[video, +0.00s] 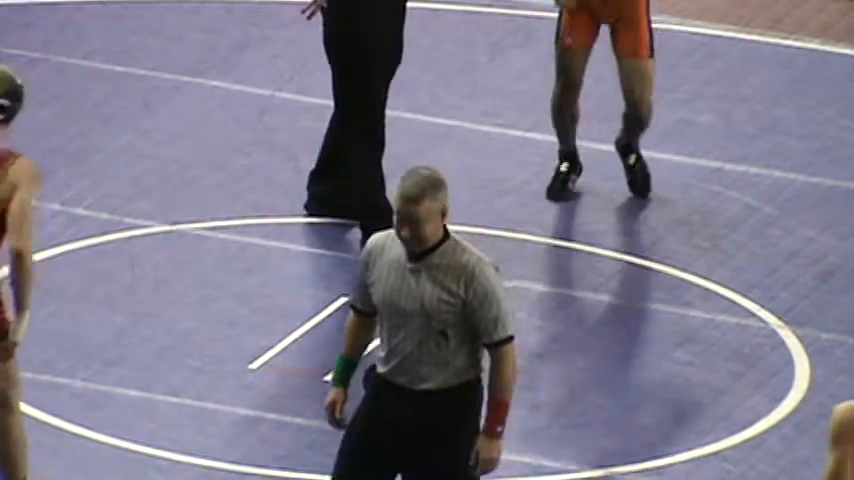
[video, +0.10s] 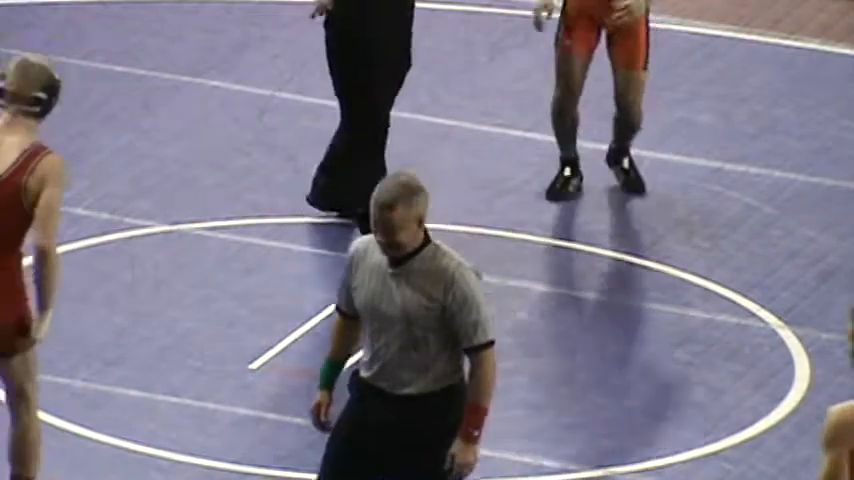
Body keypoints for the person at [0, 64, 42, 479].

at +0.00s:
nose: (7, 113)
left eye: (4, 105)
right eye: (11, 107)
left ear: (4, 112)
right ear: (10, 113)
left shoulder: (19, 171)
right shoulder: (18, 171)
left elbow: (18, 246)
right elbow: (18, 246)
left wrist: (20, 311)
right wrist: (21, 309)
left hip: (3, 308)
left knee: (10, 407)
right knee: (8, 407)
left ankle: (17, 470)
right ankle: (15, 472)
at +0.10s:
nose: (2, 91)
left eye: (6, 86)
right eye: (6, 85)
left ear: (8, 93)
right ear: (47, 104)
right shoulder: (45, 164)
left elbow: (44, 246)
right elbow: (43, 245)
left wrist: (44, 309)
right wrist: (46, 309)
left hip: (9, 294)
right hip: (7, 296)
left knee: (23, 405)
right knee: (23, 406)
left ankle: (25, 471)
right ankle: (24, 474)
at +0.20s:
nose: (31, 79)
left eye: (32, 73)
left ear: (30, 78)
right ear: (76, 91)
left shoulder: (5, 121)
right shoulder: (70, 151)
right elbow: (64, 226)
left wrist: (59, 289)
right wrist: (64, 291)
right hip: (20, 281)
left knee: (29, 398)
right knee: (30, 399)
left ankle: (28, 470)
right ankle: (27, 474)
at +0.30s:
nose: (52, 68)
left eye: (51, 61)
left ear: (50, 66)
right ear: (96, 80)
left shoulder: (9, 112)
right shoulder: (90, 138)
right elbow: (82, 214)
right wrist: (75, 281)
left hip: (0, 264)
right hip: (36, 273)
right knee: (37, 394)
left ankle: (30, 469)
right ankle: (30, 473)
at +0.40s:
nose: (67, 59)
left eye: (67, 52)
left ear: (64, 60)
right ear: (111, 73)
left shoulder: (14, 110)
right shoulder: (105, 132)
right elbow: (92, 207)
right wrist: (73, 271)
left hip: (3, 266)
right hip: (50, 272)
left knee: (1, 378)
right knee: (43, 397)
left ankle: (23, 468)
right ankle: (31, 473)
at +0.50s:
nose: (76, 55)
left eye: (78, 50)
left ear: (76, 58)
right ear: (121, 70)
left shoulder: (28, 109)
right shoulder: (117, 130)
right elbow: (102, 197)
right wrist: (80, 255)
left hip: (15, 255)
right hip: (66, 265)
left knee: (24, 352)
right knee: (49, 383)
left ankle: (37, 450)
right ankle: (34, 470)